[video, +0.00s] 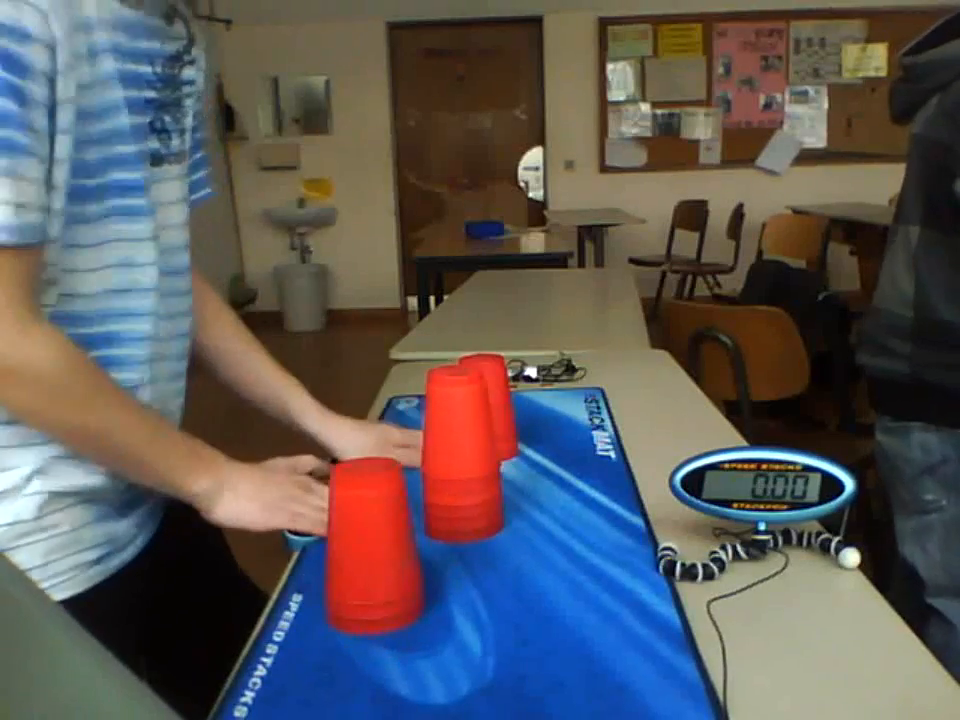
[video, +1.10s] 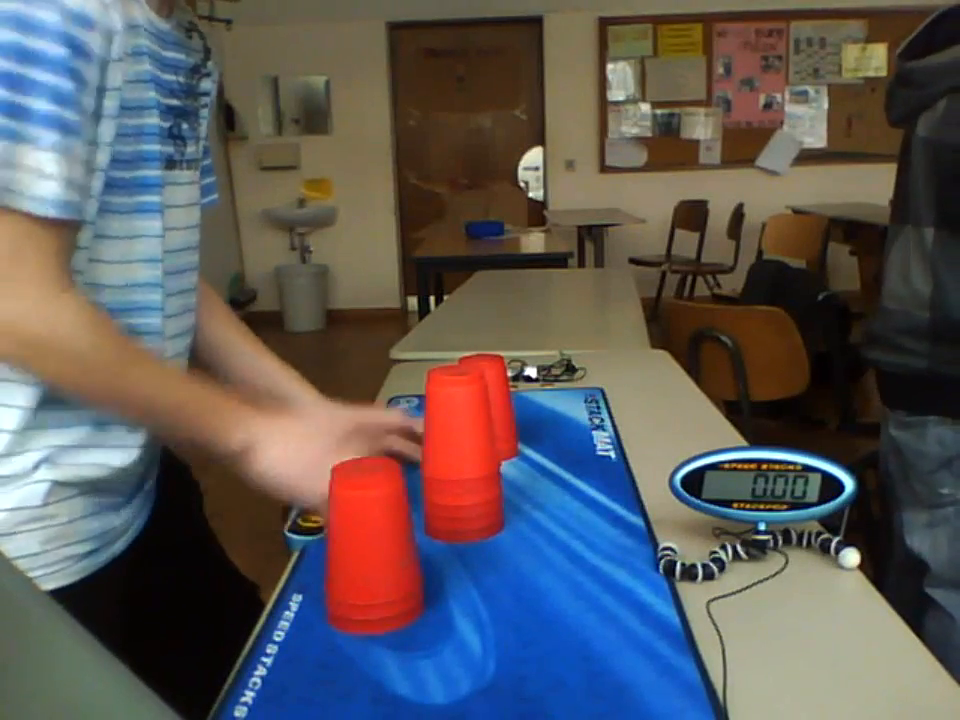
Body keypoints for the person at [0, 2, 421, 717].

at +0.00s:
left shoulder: (174, 28)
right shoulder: (28, 23)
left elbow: (169, 272)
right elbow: (7, 333)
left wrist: (326, 424)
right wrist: (213, 478)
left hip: (157, 512)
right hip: (50, 559)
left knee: (294, 690)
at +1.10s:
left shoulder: (183, 42)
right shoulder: (54, 18)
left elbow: (165, 271)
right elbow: (19, 296)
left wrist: (310, 411)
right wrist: (251, 435)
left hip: (145, 499)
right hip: (43, 550)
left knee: (262, 680)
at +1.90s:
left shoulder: (218, 26)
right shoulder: (80, 14)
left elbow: (197, 257)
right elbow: (14, 293)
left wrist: (378, 339)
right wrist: (215, 461)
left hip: (172, 513)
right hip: (60, 558)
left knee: (279, 693)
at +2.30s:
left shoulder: (194, 46)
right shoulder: (37, 24)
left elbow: (183, 288)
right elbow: (5, 331)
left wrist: (329, 423)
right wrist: (209, 478)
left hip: (156, 510)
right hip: (47, 551)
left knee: (283, 684)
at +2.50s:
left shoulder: (192, 48)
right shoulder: (37, 23)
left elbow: (182, 287)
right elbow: (7, 327)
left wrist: (329, 423)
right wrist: (212, 479)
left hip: (151, 513)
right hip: (43, 557)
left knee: (278, 685)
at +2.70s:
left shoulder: (192, 47)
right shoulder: (48, 20)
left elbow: (172, 276)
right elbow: (20, 305)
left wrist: (317, 414)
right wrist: (246, 438)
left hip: (144, 500)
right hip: (41, 552)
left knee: (261, 678)